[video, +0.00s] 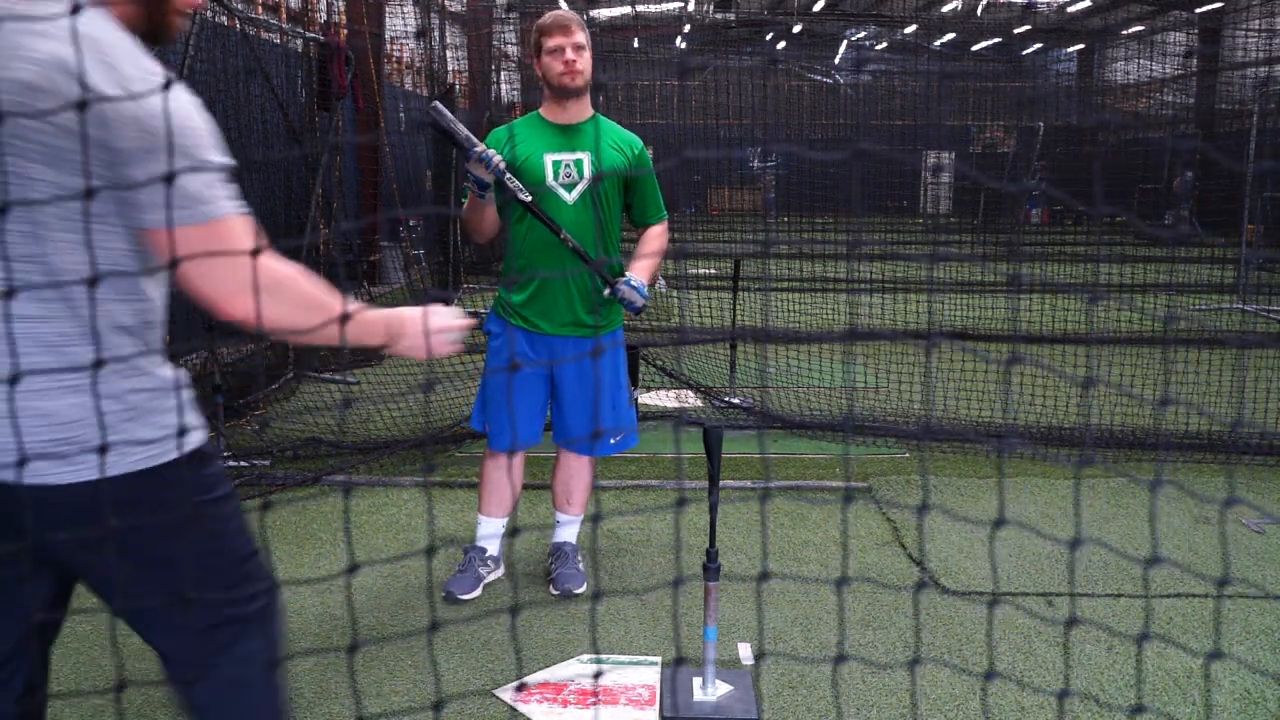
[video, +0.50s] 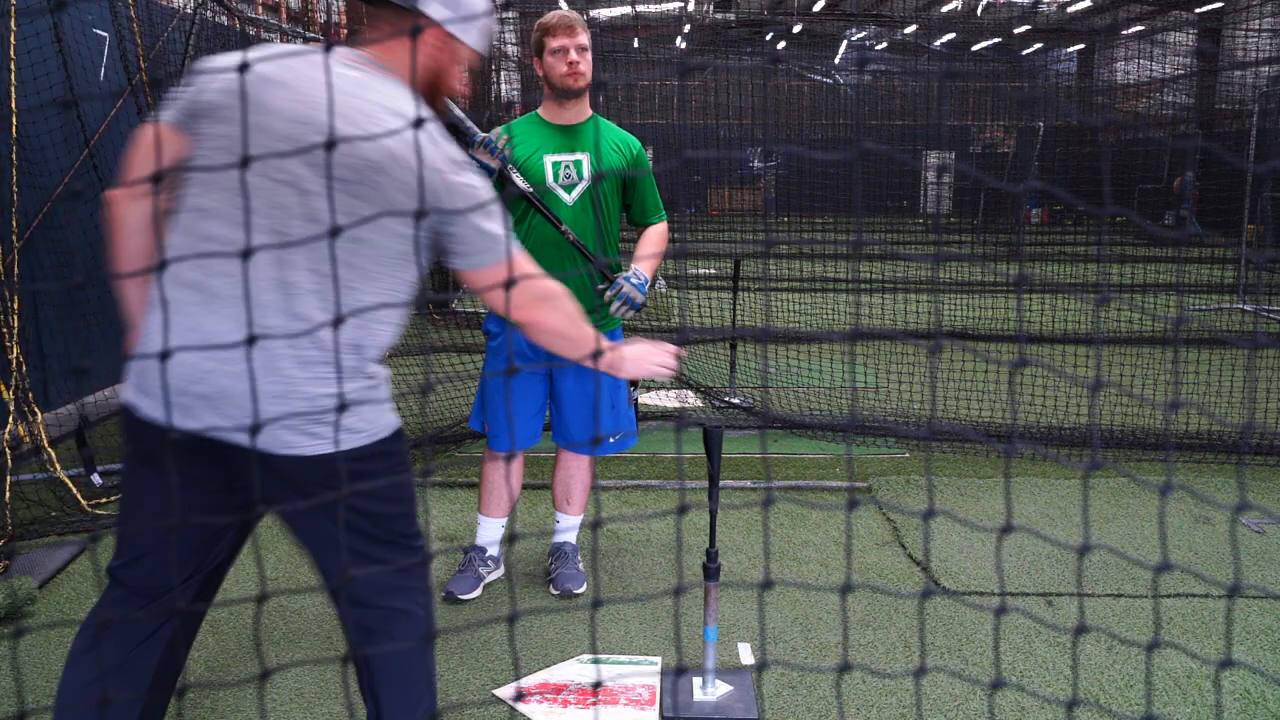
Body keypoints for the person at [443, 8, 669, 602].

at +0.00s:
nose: (569, 59)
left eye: (577, 48)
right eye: (556, 51)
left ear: (592, 57)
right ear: (538, 63)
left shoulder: (625, 148)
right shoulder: (505, 141)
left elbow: (654, 227)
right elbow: (482, 233)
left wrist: (637, 278)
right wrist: (479, 188)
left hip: (593, 322)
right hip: (519, 319)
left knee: (579, 439)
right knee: (504, 440)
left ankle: (566, 547)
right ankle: (486, 551)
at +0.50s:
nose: (574, 59)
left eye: (581, 49)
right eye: (560, 51)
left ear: (593, 58)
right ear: (538, 63)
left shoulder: (623, 148)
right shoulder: (504, 142)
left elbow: (654, 224)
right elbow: (464, 224)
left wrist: (640, 275)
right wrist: (476, 175)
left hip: (592, 324)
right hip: (516, 322)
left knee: (578, 441)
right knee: (503, 441)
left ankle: (566, 546)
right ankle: (486, 550)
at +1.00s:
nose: (582, 64)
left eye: (586, 53)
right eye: (568, 54)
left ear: (595, 59)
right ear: (537, 64)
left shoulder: (620, 150)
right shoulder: (499, 133)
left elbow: (653, 227)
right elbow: (465, 206)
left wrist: (624, 288)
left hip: (583, 324)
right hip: (507, 320)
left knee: (574, 441)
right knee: (492, 442)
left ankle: (566, 546)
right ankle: (484, 549)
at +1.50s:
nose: (531, 87)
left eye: (538, 74)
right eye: (519, 77)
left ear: (550, 71)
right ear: (494, 75)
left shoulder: (579, 148)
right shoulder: (458, 150)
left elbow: (616, 222)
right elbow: (427, 232)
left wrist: (597, 276)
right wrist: (436, 307)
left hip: (555, 325)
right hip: (477, 325)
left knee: (563, 440)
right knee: (458, 440)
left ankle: (564, 544)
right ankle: (434, 548)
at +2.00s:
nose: (435, 114)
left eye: (441, 101)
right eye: (421, 108)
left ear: (457, 77)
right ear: (403, 99)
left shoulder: (512, 134)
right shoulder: (391, 159)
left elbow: (561, 201)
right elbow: (388, 233)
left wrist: (552, 276)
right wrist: (381, 268)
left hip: (515, 319)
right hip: (436, 325)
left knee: (547, 434)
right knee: (436, 443)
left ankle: (577, 540)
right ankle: (430, 548)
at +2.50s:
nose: (505, 131)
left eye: (513, 118)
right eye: (493, 123)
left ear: (532, 94)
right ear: (476, 110)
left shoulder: (583, 148)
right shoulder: (457, 151)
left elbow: (620, 224)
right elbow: (446, 226)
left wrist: (604, 299)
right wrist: (432, 299)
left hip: (555, 325)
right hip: (472, 323)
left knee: (580, 441)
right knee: (451, 438)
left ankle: (605, 544)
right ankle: (423, 544)